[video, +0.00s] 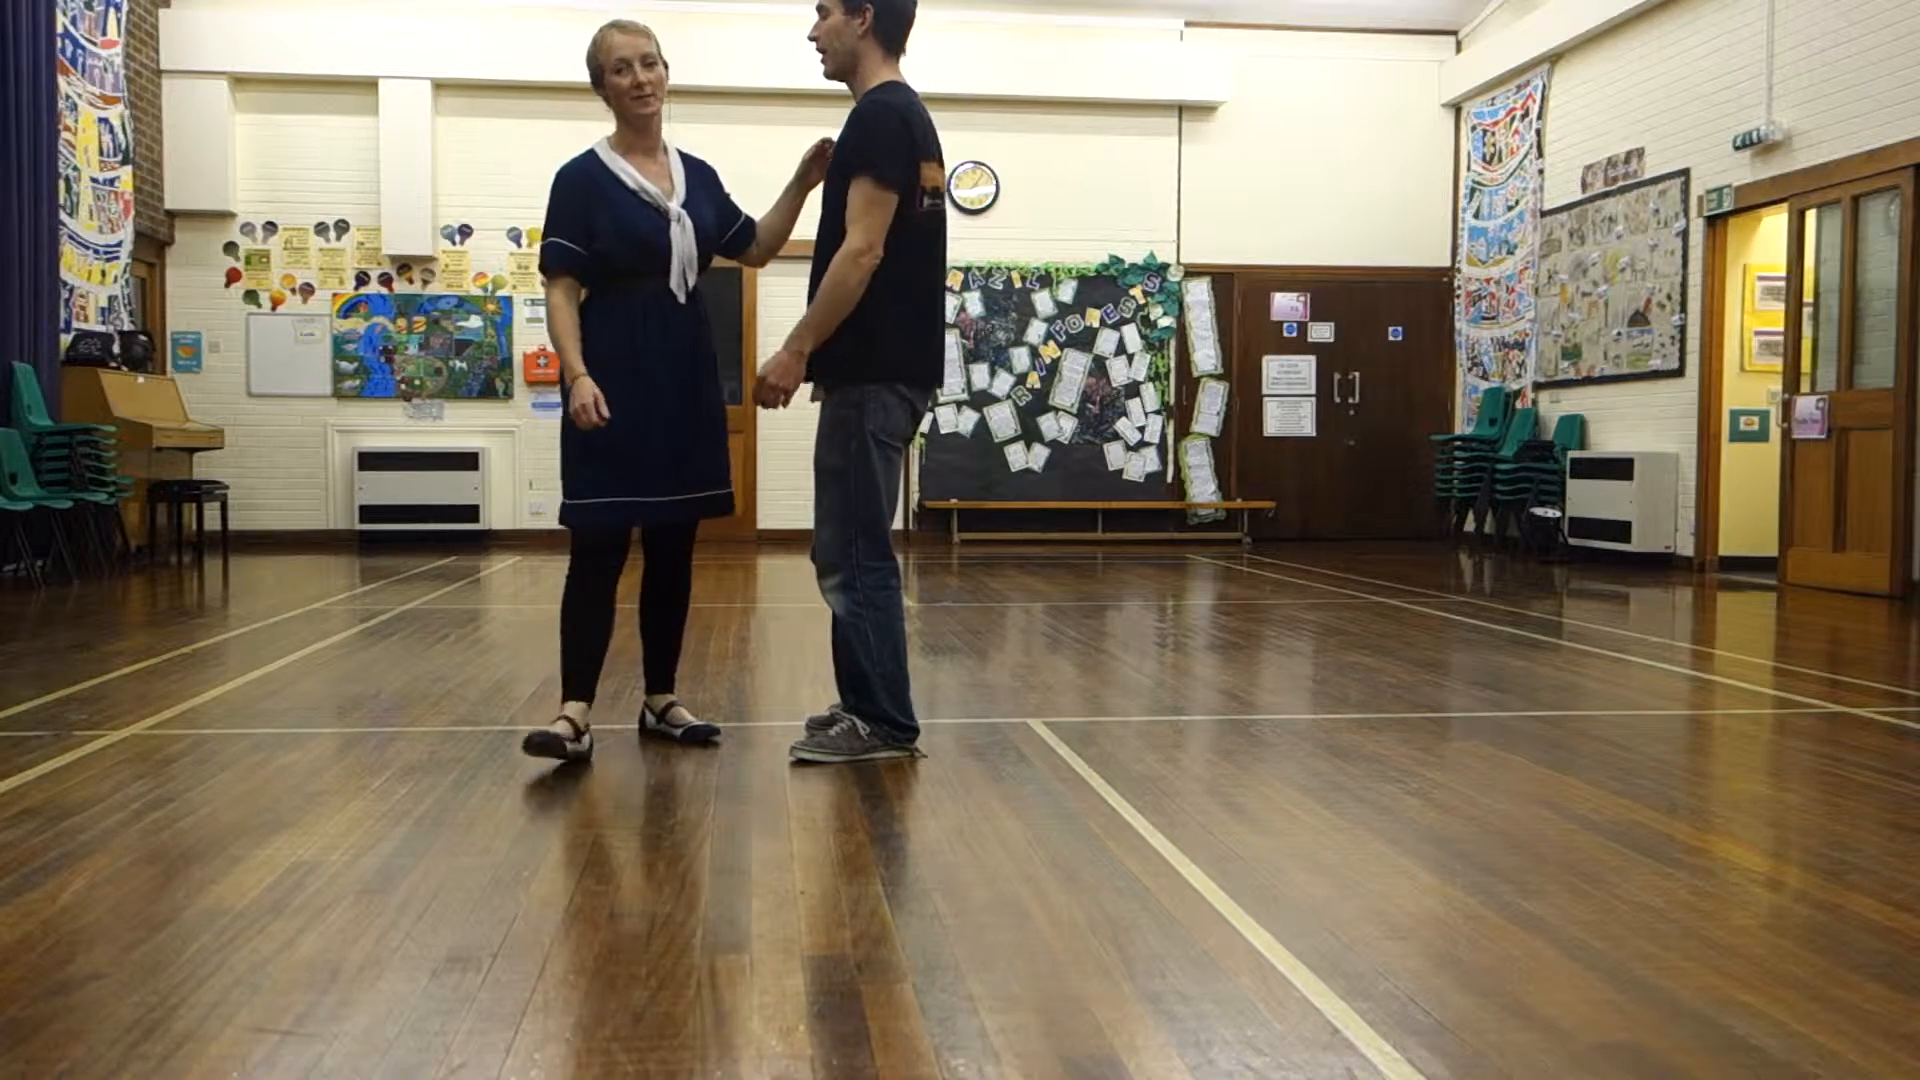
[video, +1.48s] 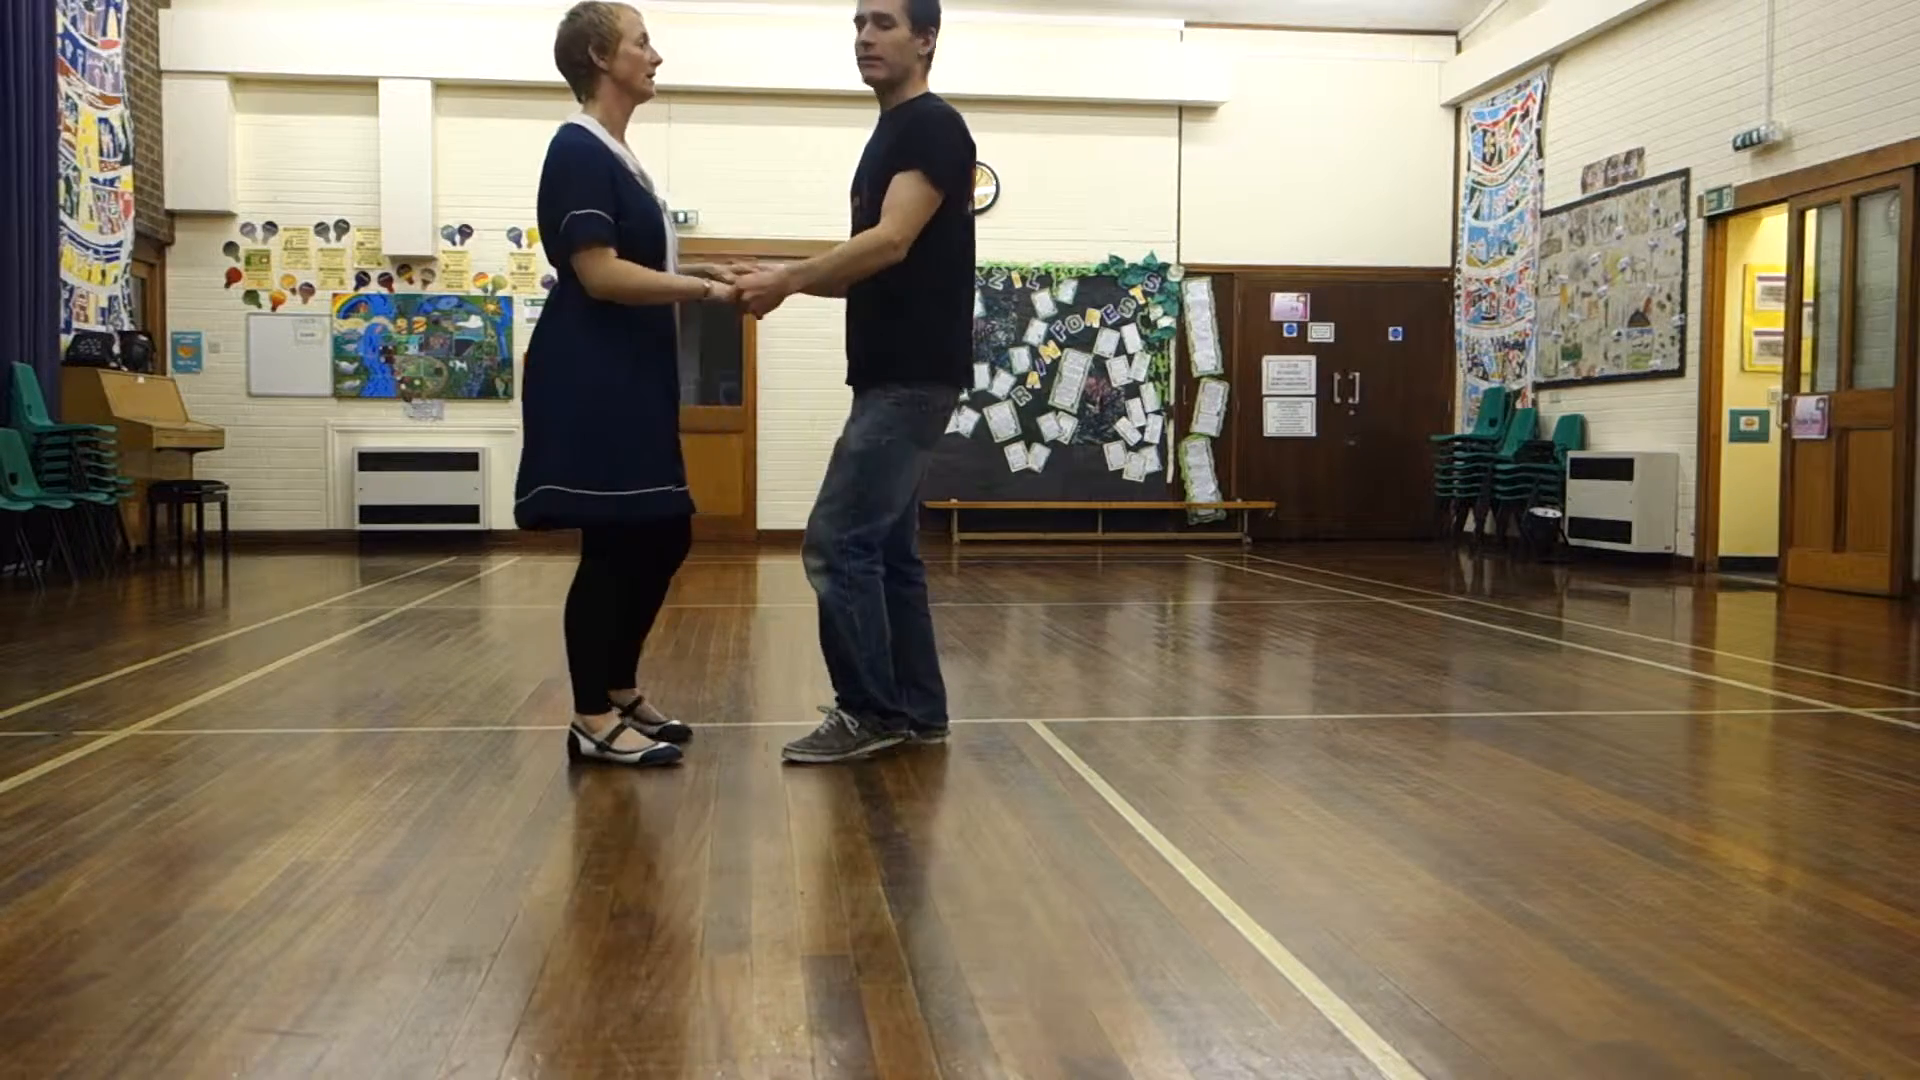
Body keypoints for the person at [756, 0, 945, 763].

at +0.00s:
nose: (813, 29)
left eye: (825, 14)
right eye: (816, 15)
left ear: (863, 21)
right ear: (869, 24)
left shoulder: (884, 113)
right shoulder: (885, 114)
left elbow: (861, 250)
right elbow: (872, 253)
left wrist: (794, 350)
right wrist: (810, 356)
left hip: (875, 371)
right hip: (871, 370)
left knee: (854, 551)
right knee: (848, 548)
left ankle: (883, 721)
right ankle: (869, 708)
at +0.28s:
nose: (815, 32)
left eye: (825, 16)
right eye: (819, 16)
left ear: (861, 21)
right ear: (870, 26)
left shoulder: (878, 112)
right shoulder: (907, 113)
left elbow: (856, 250)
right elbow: (884, 252)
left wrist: (785, 347)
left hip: (874, 371)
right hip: (891, 367)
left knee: (855, 554)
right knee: (856, 549)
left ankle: (884, 721)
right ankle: (869, 708)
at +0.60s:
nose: (817, 33)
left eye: (826, 17)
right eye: (820, 18)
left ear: (863, 21)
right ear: (874, 26)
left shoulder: (880, 110)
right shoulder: (910, 112)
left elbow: (862, 247)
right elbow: (875, 250)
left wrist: (780, 333)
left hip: (877, 371)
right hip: (895, 367)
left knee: (856, 553)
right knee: (859, 548)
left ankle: (883, 720)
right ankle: (869, 707)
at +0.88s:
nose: (818, 33)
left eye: (828, 18)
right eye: (821, 18)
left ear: (865, 22)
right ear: (873, 27)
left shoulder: (882, 107)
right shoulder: (906, 110)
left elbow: (864, 243)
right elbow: (901, 255)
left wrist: (763, 310)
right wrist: (824, 311)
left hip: (886, 368)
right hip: (893, 365)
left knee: (858, 551)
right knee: (858, 547)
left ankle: (883, 720)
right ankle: (869, 709)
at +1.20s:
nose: (830, 31)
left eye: (844, 16)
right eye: (833, 18)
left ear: (889, 26)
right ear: (887, 32)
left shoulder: (897, 110)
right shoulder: (904, 111)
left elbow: (857, 241)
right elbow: (873, 249)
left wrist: (754, 286)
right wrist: (790, 254)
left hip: (890, 370)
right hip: (897, 367)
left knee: (856, 554)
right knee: (871, 549)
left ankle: (881, 717)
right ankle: (914, 710)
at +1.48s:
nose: (864, 38)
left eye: (882, 24)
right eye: (859, 25)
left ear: (926, 41)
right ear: (857, 38)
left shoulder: (932, 125)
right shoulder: (892, 131)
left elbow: (894, 240)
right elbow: (873, 254)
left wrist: (792, 277)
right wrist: (789, 277)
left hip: (913, 376)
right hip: (891, 375)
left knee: (836, 542)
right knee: (890, 548)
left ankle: (870, 711)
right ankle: (917, 710)